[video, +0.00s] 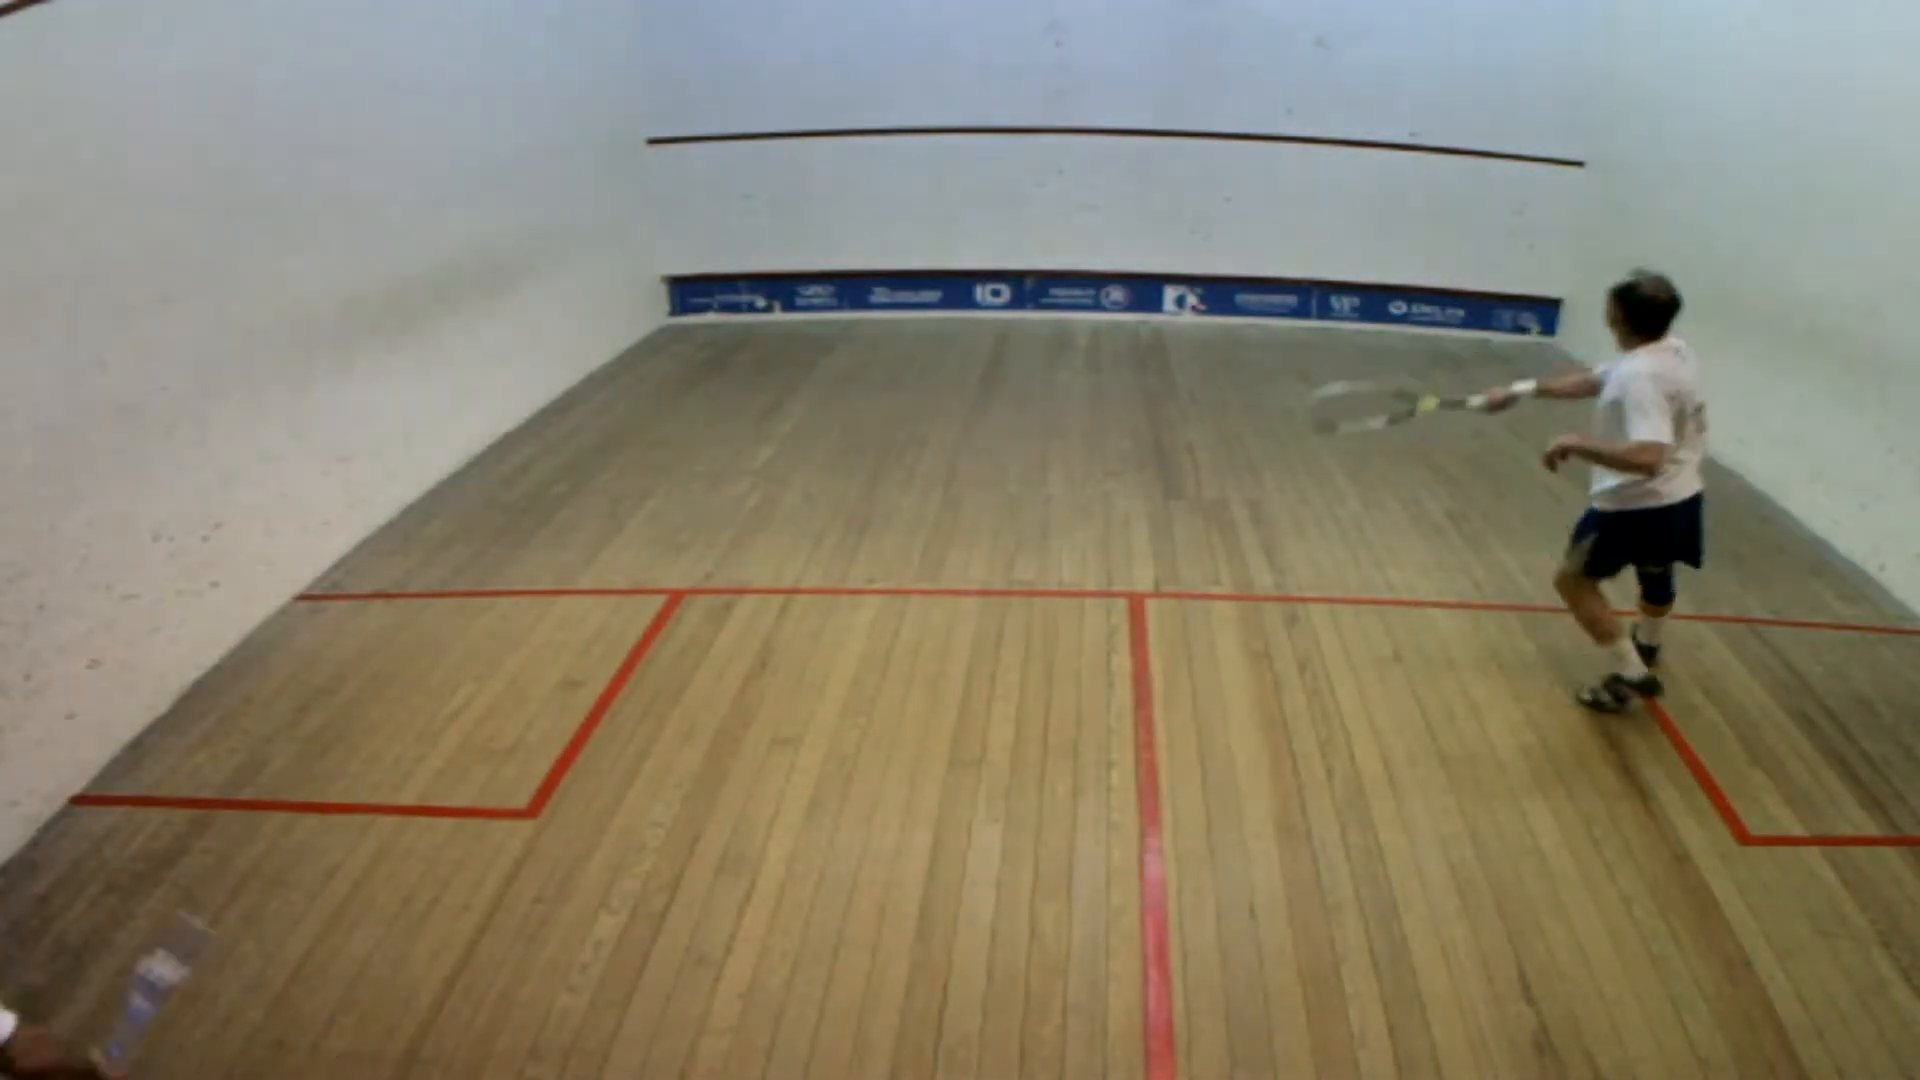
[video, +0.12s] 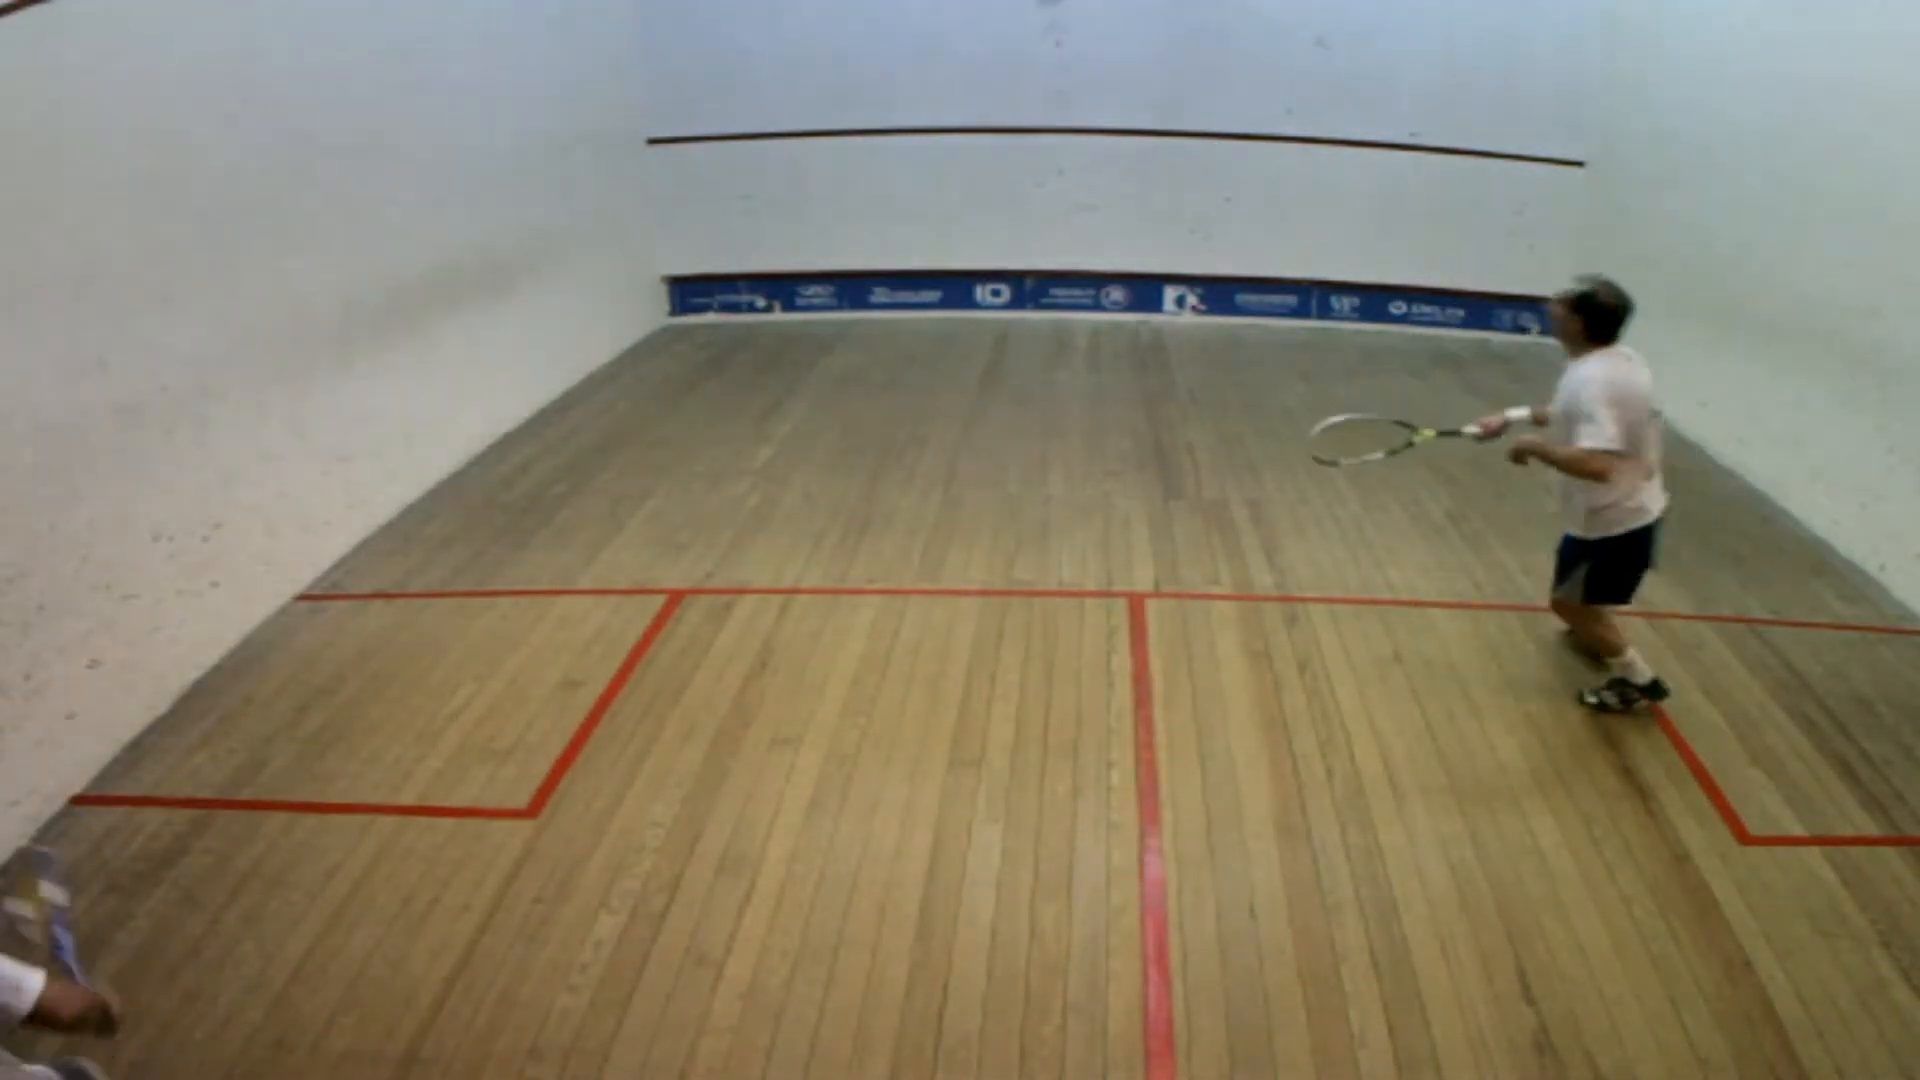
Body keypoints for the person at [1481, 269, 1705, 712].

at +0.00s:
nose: (1607, 320)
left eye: (1612, 313)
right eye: (1610, 312)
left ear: (1627, 321)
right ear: (1658, 320)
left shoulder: (1639, 374)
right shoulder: (1675, 353)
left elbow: (1649, 457)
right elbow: (1590, 382)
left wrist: (1575, 445)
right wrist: (1520, 390)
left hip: (1632, 507)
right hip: (1680, 500)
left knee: (1573, 581)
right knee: (1656, 575)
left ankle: (1633, 673)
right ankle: (1646, 654)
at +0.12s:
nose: (1553, 316)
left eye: (1562, 312)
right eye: (1558, 310)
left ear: (1581, 325)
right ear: (1599, 326)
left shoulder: (1593, 379)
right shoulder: (1620, 362)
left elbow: (1599, 465)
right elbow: (1574, 416)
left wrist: (1538, 450)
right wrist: (1512, 418)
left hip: (1609, 523)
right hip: (1633, 509)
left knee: (1569, 602)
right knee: (1587, 583)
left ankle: (1637, 676)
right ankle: (1592, 635)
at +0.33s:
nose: (1439, 314)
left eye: (1451, 307)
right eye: (1443, 304)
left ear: (1486, 319)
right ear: (1493, 319)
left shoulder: (1474, 376)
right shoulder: (1539, 362)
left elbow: (1480, 463)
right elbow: (1533, 442)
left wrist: (1438, 468)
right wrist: (1455, 450)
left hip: (1503, 522)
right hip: (1542, 513)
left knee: (1421, 609)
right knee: (1431, 569)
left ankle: (1529, 672)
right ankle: (1415, 665)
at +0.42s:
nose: (1390, 331)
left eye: (1402, 323)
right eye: (1393, 321)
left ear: (1442, 333)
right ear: (1448, 334)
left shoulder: (1435, 392)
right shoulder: (1494, 374)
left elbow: (1439, 482)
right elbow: (1488, 457)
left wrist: (1395, 482)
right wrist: (1408, 468)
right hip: (1502, 530)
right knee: (1405, 590)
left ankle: (1384, 711)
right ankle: (1413, 668)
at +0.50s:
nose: (1361, 335)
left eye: (1374, 328)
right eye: (1365, 324)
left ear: (1414, 338)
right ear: (1422, 339)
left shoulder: (1405, 400)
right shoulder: (1469, 383)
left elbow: (1402, 492)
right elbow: (1452, 468)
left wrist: (1359, 485)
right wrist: (1379, 478)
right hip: (1466, 542)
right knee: (1385, 585)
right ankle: (1409, 665)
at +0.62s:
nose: (1313, 328)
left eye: (1317, 320)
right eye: (1315, 319)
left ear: (1335, 328)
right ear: (1387, 329)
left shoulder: (1306, 391)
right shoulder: (1434, 395)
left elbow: (1275, 485)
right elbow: (1459, 477)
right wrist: (1400, 472)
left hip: (1319, 566)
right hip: (1397, 565)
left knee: (1226, 645)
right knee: (1387, 628)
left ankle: (1242, 766)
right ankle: (1377, 691)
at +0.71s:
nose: (1309, 315)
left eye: (1312, 307)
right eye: (1314, 307)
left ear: (1320, 312)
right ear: (1383, 316)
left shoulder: (1289, 375)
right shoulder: (1430, 385)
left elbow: (1243, 467)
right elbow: (1458, 474)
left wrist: (1285, 487)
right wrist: (1400, 490)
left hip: (1295, 550)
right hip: (1383, 553)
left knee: (1212, 636)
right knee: (1373, 635)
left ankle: (1222, 754)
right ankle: (1368, 717)